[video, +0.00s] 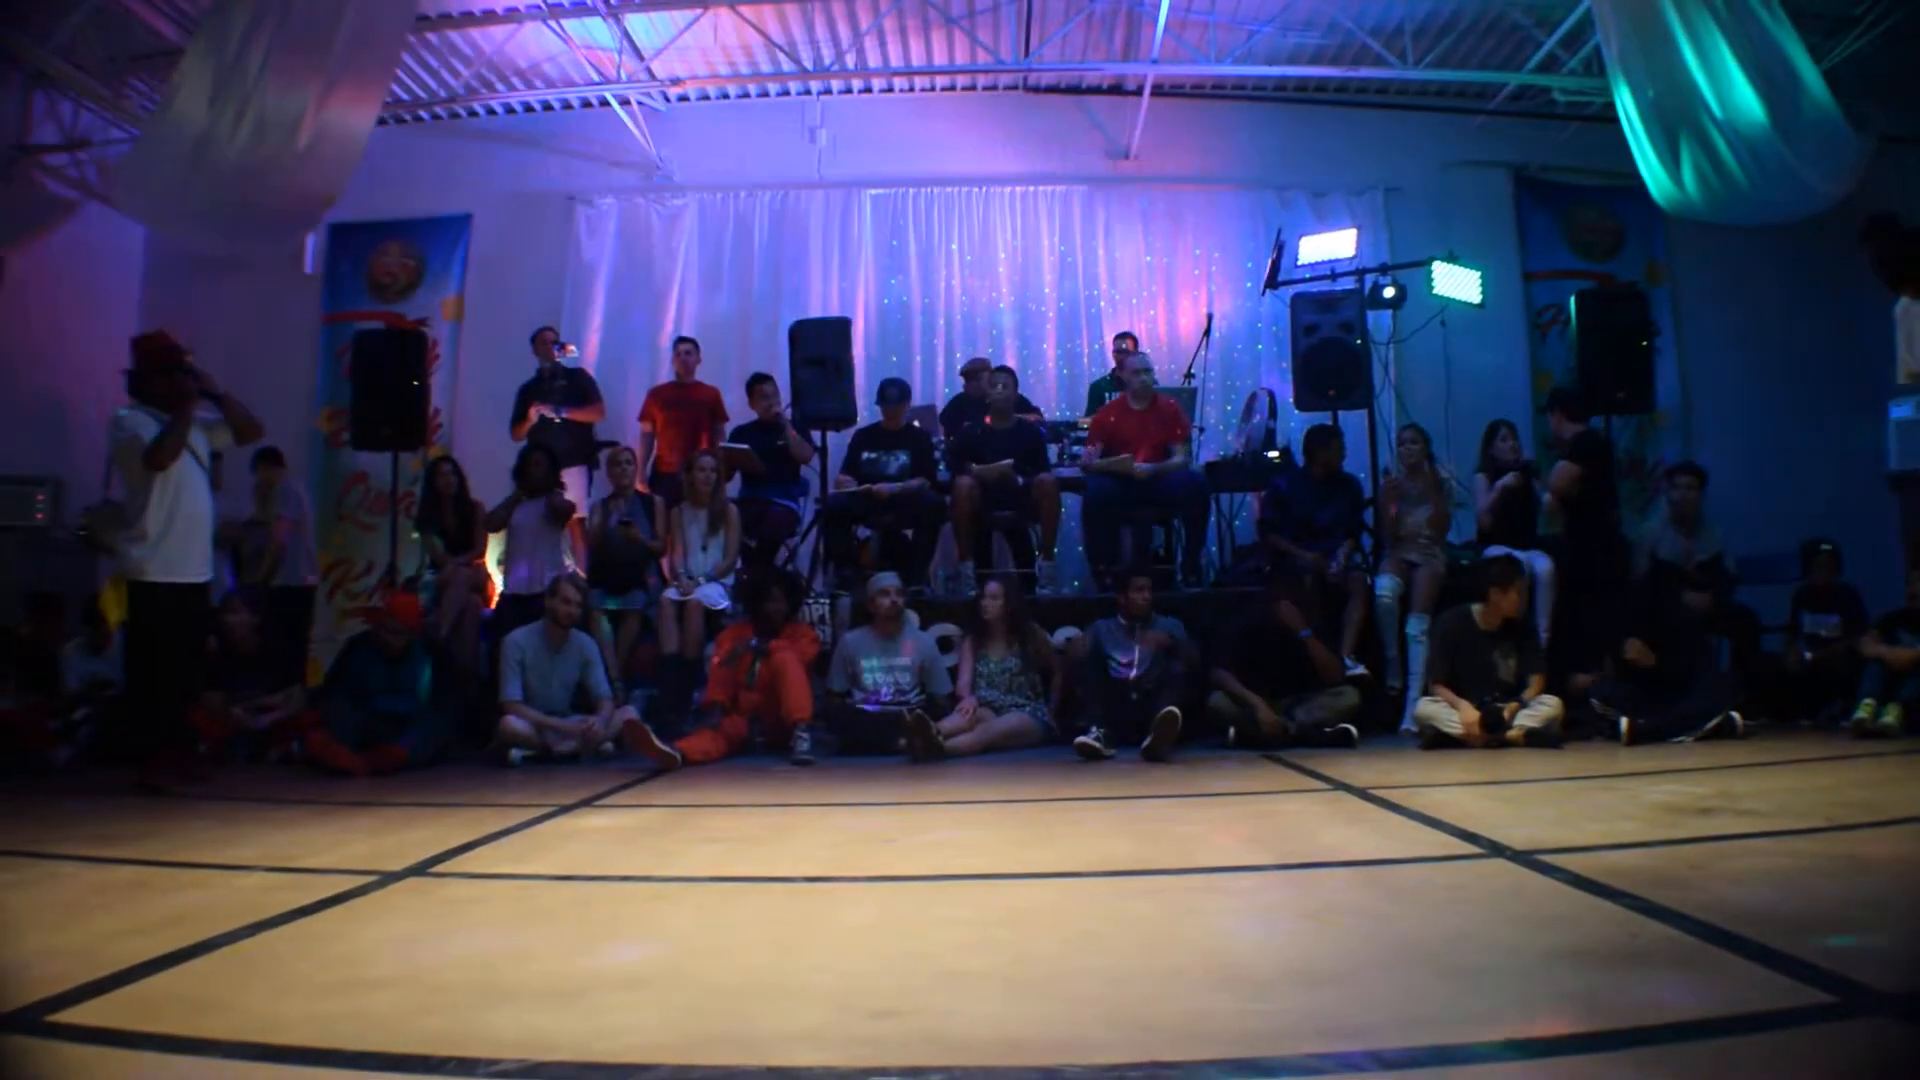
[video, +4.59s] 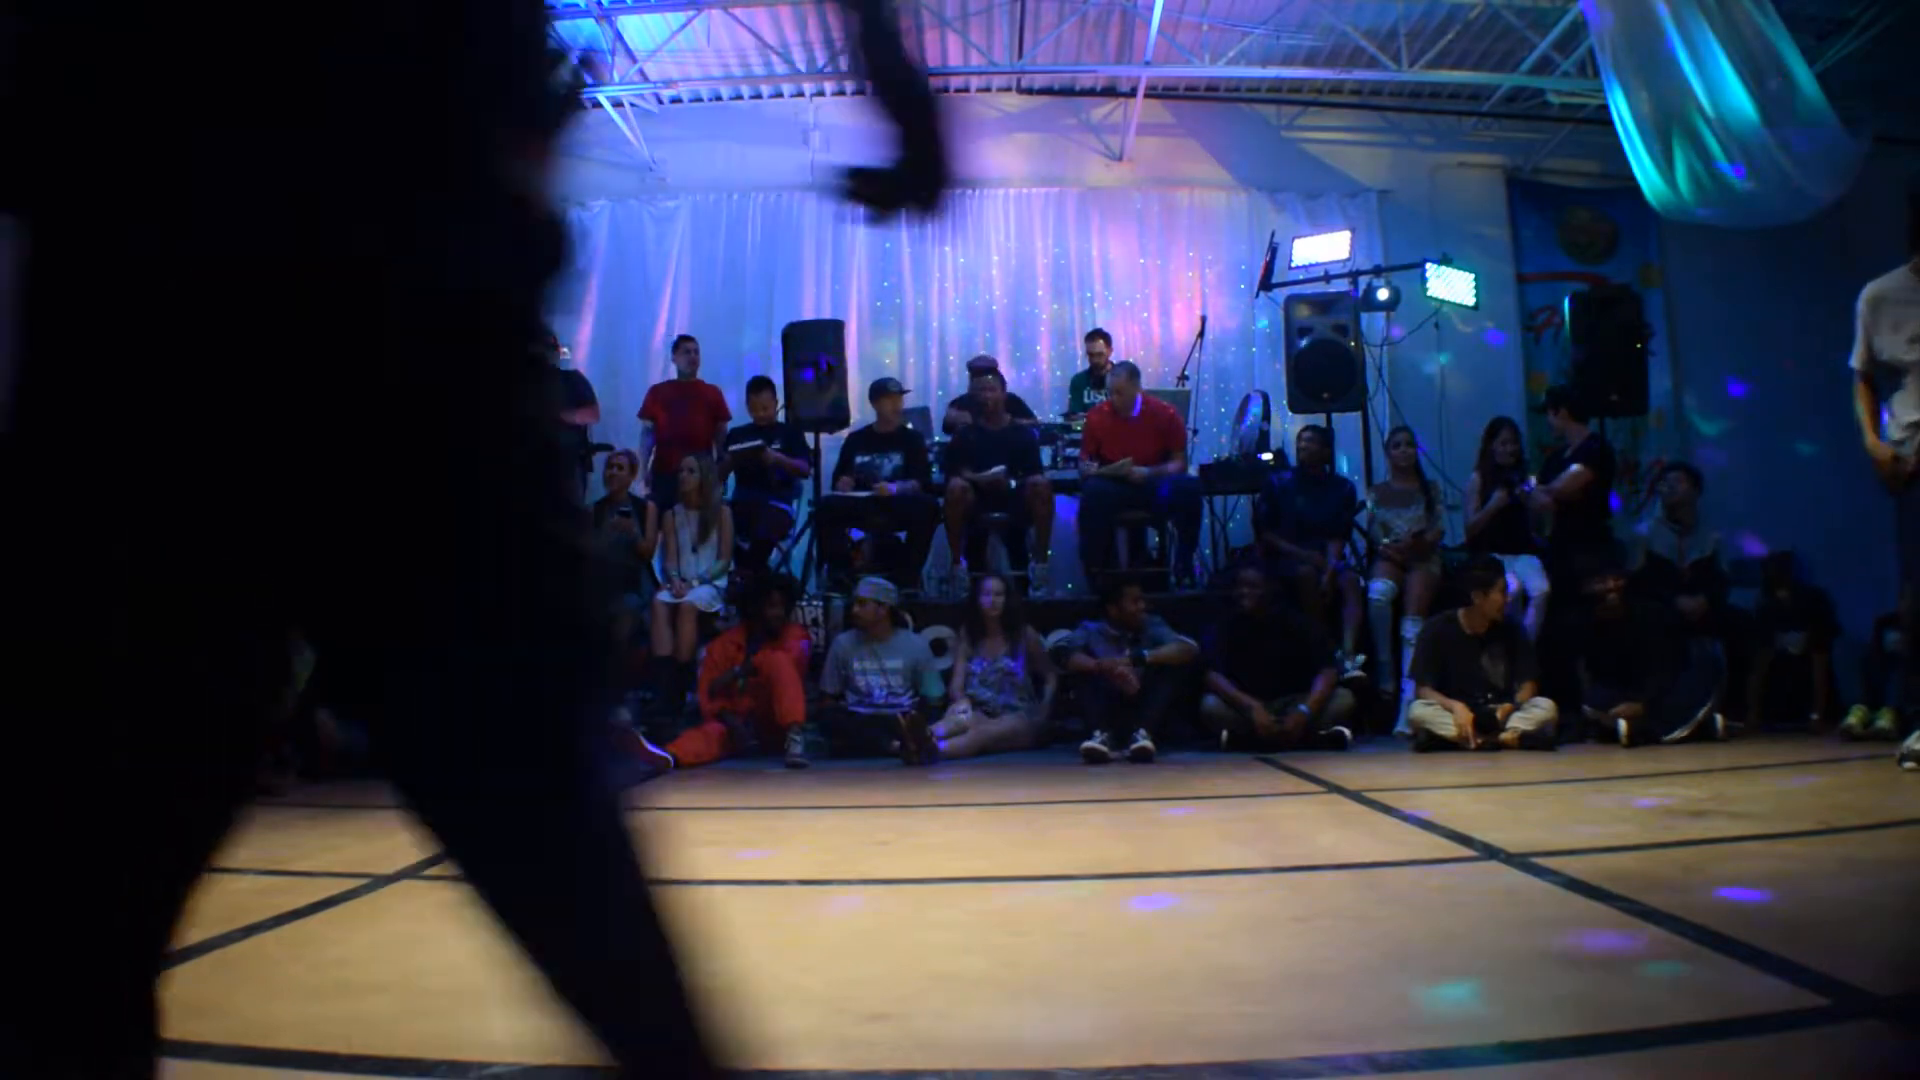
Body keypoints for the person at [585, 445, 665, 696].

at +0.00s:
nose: (622, 469)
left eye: (628, 464)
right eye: (616, 465)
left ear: (636, 469)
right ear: (608, 471)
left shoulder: (653, 503)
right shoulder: (599, 506)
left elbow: (660, 546)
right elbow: (593, 543)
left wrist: (639, 539)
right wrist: (607, 521)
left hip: (639, 574)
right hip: (606, 574)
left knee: (634, 606)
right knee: (595, 608)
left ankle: (617, 673)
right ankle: (613, 679)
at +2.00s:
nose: (609, 468)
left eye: (615, 464)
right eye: (606, 464)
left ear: (630, 472)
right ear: (601, 473)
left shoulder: (646, 506)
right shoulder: (595, 505)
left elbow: (655, 552)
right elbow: (589, 528)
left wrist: (634, 568)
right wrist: (597, 490)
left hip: (631, 577)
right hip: (600, 575)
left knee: (627, 608)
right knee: (588, 610)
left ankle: (609, 672)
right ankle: (605, 678)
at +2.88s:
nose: (620, 472)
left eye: (624, 467)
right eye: (613, 467)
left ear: (630, 472)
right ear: (602, 474)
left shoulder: (646, 508)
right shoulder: (592, 509)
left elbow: (654, 552)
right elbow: (588, 547)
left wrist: (634, 568)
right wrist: (605, 520)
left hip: (631, 576)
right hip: (600, 574)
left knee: (627, 609)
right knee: (589, 611)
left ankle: (608, 676)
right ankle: (606, 680)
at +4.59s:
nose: (613, 473)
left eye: (620, 468)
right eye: (609, 467)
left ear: (632, 475)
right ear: (604, 473)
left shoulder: (646, 508)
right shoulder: (595, 509)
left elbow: (648, 550)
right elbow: (590, 547)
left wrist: (631, 532)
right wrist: (610, 532)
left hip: (633, 578)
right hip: (602, 577)